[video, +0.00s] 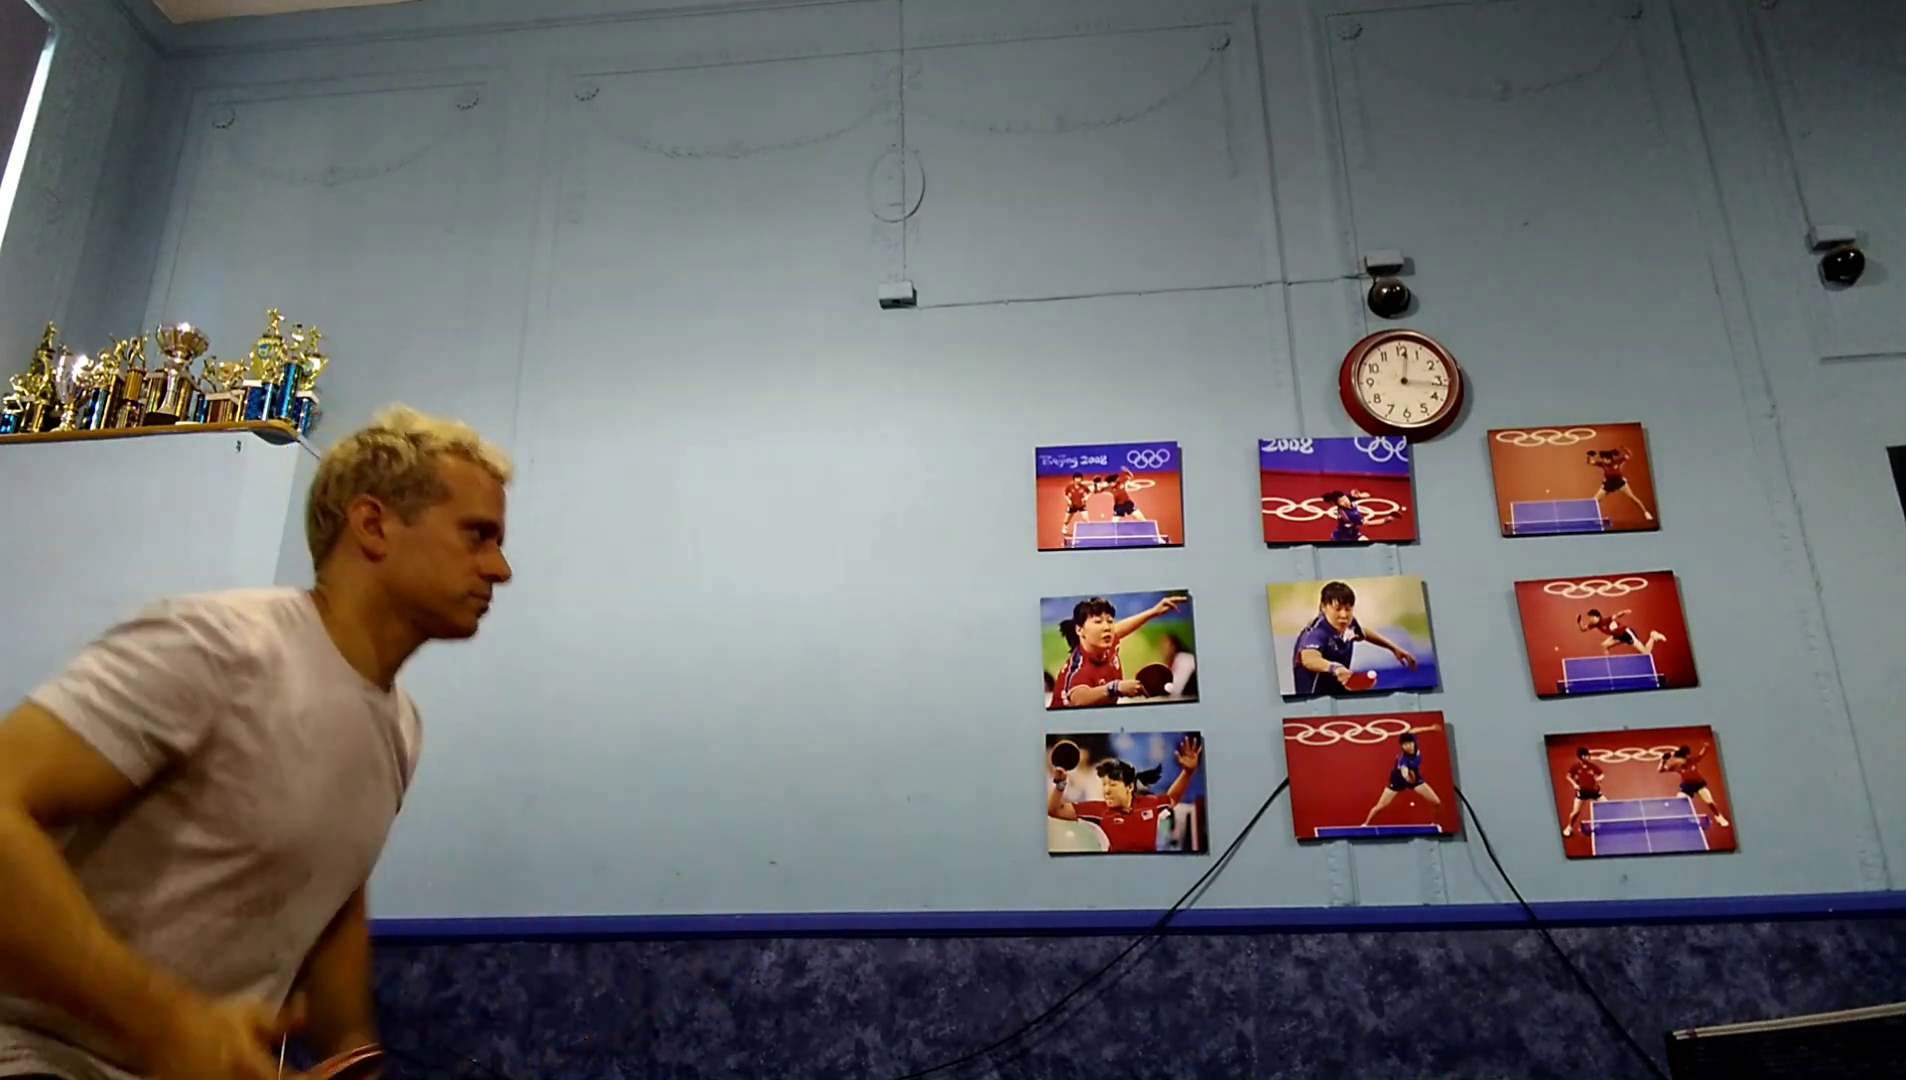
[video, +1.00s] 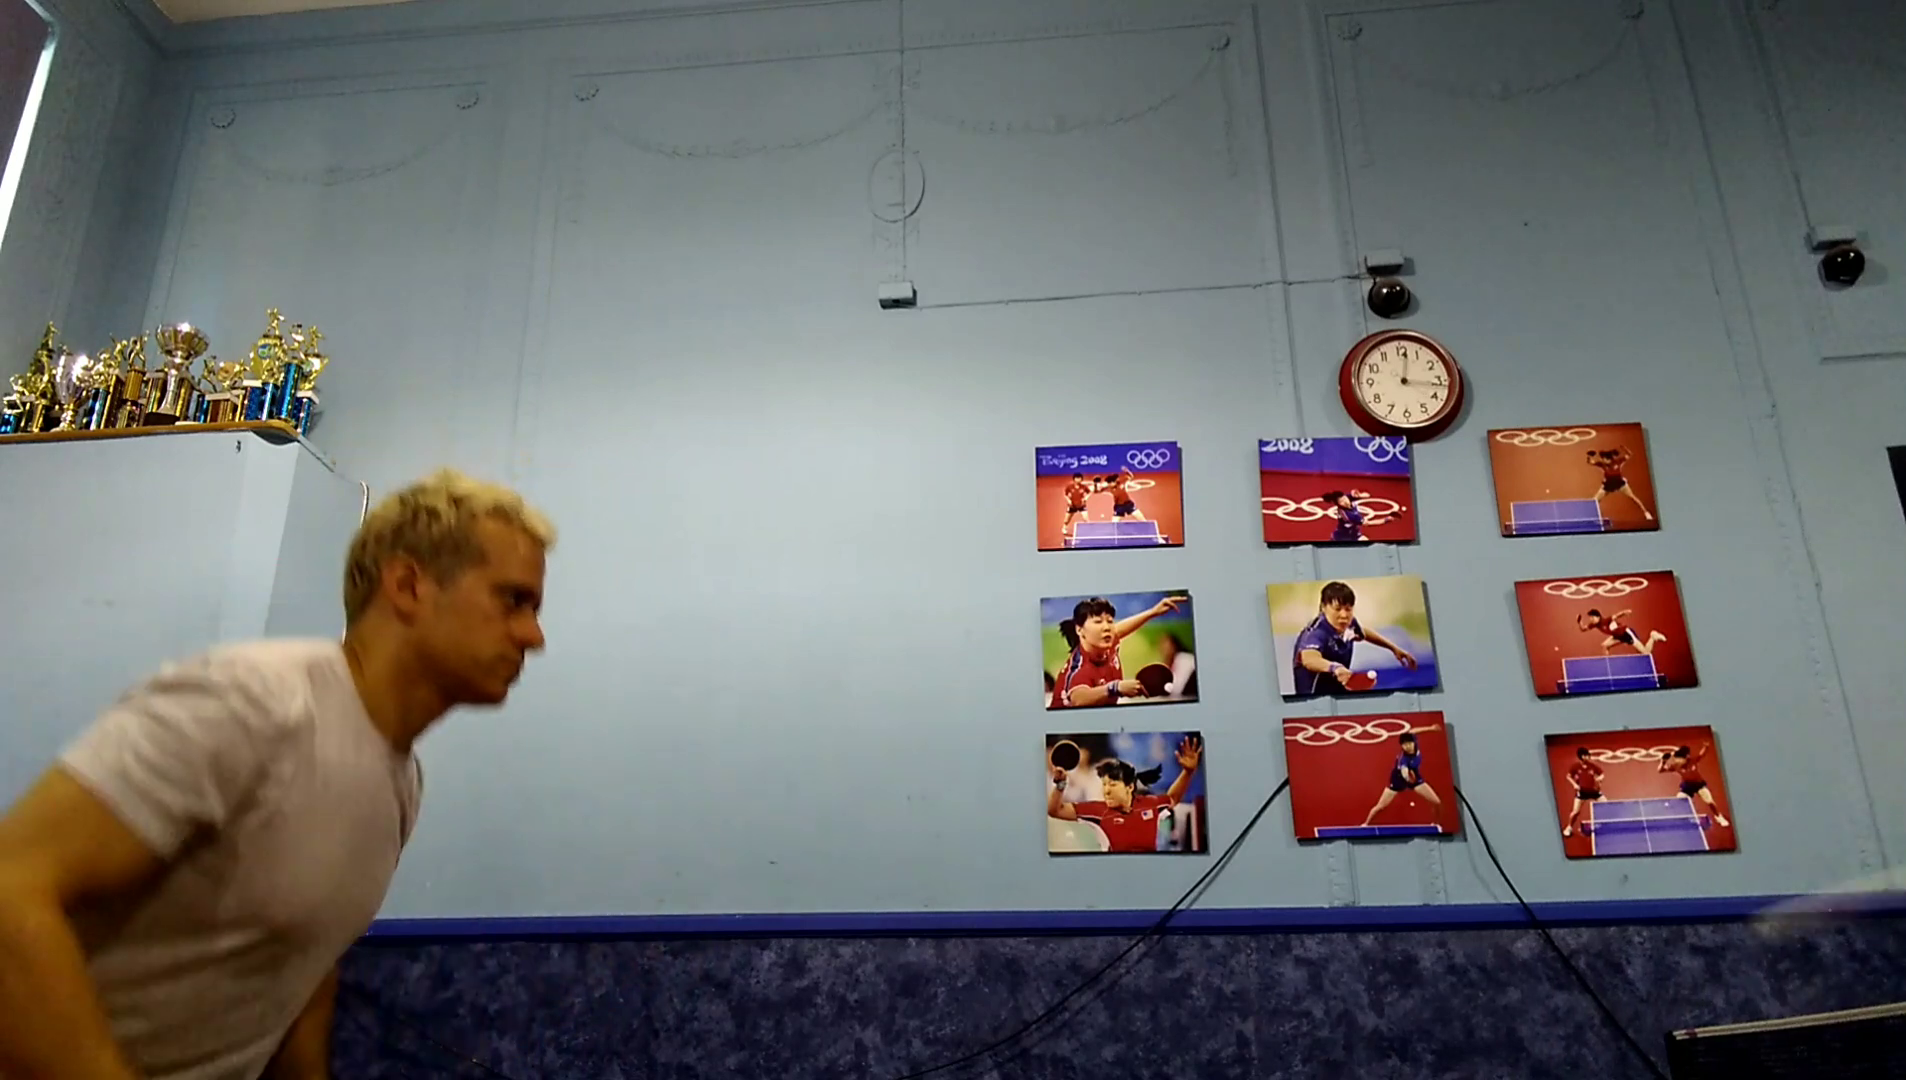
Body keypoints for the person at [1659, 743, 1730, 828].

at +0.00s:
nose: (1684, 759)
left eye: (1686, 757)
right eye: (1682, 758)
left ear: (1687, 756)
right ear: (1679, 757)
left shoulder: (1692, 760)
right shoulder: (1676, 765)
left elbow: (1701, 755)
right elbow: (1661, 770)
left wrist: (1705, 747)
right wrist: (1663, 760)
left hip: (1699, 784)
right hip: (1686, 786)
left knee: (1710, 802)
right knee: (1678, 803)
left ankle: (1718, 817)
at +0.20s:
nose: (1680, 761)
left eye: (1682, 759)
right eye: (1678, 759)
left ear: (1686, 757)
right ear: (1677, 758)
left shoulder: (1692, 761)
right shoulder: (1676, 766)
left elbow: (1701, 756)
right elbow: (1661, 770)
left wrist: (1705, 747)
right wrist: (1663, 760)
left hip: (1699, 784)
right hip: (1686, 786)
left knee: (1710, 802)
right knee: (1678, 803)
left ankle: (1719, 817)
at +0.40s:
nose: (1685, 760)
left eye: (1686, 758)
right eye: (1683, 759)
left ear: (1688, 757)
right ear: (1678, 759)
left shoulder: (1693, 761)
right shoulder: (1676, 766)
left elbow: (1701, 755)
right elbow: (1661, 771)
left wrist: (1705, 747)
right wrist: (1663, 760)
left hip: (1699, 784)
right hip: (1687, 785)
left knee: (1710, 802)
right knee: (1679, 802)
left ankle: (1718, 816)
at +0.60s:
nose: (1682, 761)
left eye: (1683, 759)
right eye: (1679, 760)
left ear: (1687, 757)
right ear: (1677, 759)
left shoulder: (1693, 761)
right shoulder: (1676, 766)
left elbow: (1701, 755)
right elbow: (1661, 771)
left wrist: (1705, 747)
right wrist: (1663, 761)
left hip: (1699, 784)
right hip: (1686, 785)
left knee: (1710, 802)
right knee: (1679, 802)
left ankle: (1718, 816)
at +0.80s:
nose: (1681, 762)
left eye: (1683, 759)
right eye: (1679, 760)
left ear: (1687, 757)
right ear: (1677, 759)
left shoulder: (1693, 761)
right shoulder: (1676, 766)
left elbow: (1701, 755)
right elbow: (1660, 771)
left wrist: (1705, 747)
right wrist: (1663, 761)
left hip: (1699, 784)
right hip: (1686, 786)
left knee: (1710, 802)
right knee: (1679, 802)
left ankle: (1718, 816)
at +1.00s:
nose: (1686, 760)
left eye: (1687, 758)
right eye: (1683, 759)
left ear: (1688, 757)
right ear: (1678, 759)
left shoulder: (1693, 761)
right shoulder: (1676, 766)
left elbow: (1701, 755)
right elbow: (1660, 771)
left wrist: (1705, 747)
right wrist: (1663, 761)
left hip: (1699, 784)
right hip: (1687, 785)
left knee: (1710, 802)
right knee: (1679, 802)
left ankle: (1718, 816)